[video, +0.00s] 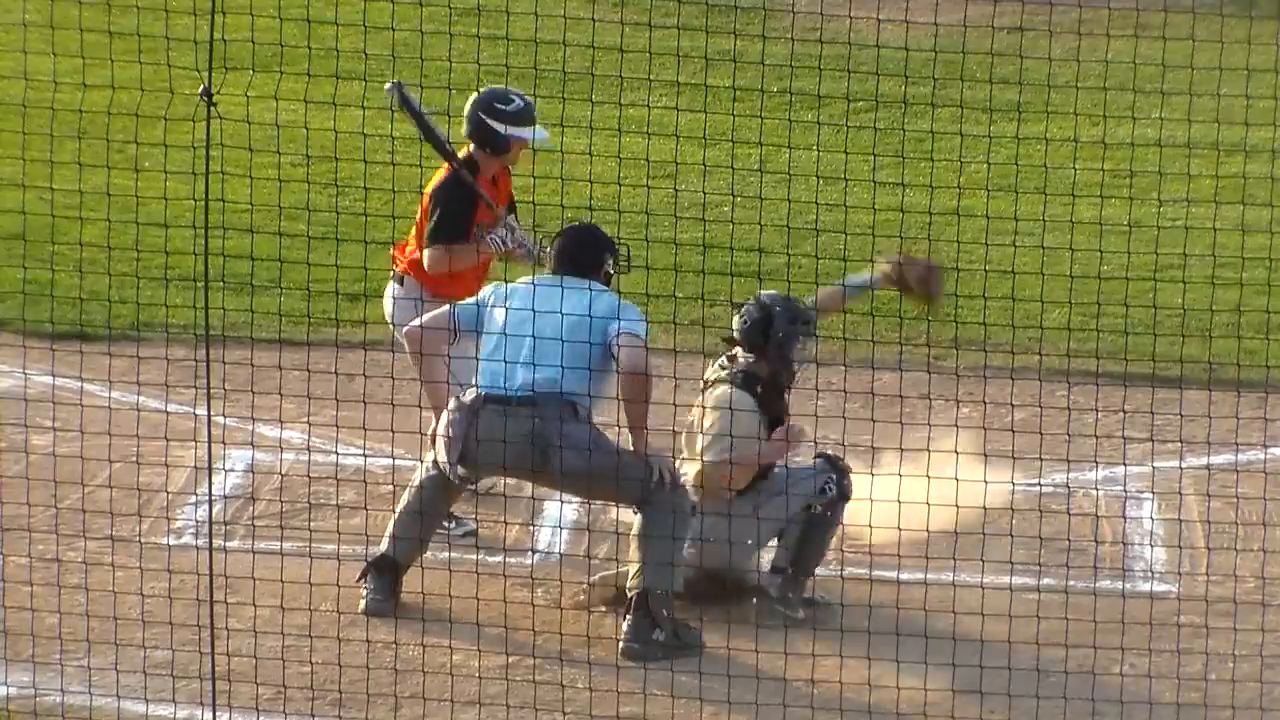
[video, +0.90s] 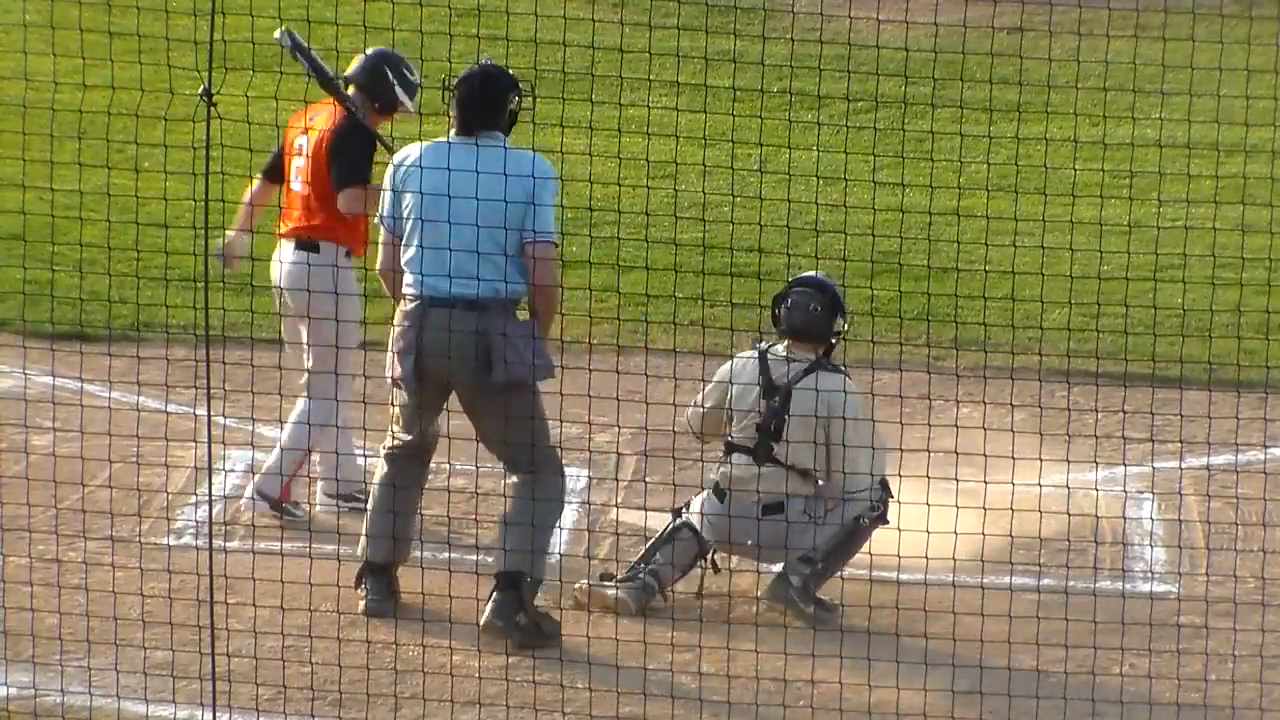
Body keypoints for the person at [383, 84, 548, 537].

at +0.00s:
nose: (525, 145)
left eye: (525, 136)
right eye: (519, 137)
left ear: (491, 139)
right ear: (498, 140)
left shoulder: (499, 175)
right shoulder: (453, 186)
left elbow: (499, 223)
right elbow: (435, 260)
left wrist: (515, 241)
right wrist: (490, 245)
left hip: (459, 296)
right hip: (417, 297)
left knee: (471, 396)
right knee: (450, 404)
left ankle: (443, 494)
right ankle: (432, 507)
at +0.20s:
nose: (501, 119)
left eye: (501, 111)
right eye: (494, 112)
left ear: (466, 113)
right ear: (473, 115)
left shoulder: (474, 150)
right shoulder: (435, 162)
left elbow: (472, 201)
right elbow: (423, 237)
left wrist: (503, 212)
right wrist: (476, 217)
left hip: (444, 278)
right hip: (409, 282)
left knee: (458, 375)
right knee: (445, 389)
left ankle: (390, 455)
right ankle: (432, 505)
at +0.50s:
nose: (453, 101)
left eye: (453, 91)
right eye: (449, 92)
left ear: (408, 89)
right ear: (429, 95)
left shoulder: (404, 132)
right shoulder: (394, 140)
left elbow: (402, 195)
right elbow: (386, 215)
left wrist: (444, 183)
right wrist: (440, 197)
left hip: (380, 269)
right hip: (375, 273)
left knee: (395, 378)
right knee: (412, 380)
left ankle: (349, 483)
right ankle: (428, 505)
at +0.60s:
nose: (435, 103)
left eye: (436, 94)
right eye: (432, 93)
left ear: (394, 85)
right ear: (414, 92)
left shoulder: (377, 123)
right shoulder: (379, 135)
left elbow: (390, 189)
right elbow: (373, 209)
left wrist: (419, 172)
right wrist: (425, 197)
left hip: (356, 260)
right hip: (361, 264)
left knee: (374, 377)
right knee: (394, 378)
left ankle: (345, 485)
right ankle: (405, 498)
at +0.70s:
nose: (419, 107)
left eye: (423, 97)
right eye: (418, 96)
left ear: (381, 81)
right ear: (400, 88)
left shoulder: (348, 118)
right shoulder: (367, 126)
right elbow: (360, 200)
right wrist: (413, 196)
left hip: (325, 258)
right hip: (347, 262)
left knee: (351, 377)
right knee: (382, 378)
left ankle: (339, 481)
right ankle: (349, 482)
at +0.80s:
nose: (402, 111)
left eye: (406, 102)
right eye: (402, 100)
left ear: (367, 83)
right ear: (387, 91)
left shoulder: (330, 116)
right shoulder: (358, 127)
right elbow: (353, 198)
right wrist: (408, 196)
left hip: (308, 257)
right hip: (340, 263)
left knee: (342, 379)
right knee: (368, 387)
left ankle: (348, 484)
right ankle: (305, 469)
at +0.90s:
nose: (389, 118)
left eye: (393, 109)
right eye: (390, 108)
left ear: (354, 88)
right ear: (376, 98)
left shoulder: (305, 117)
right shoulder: (353, 129)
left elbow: (267, 181)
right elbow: (350, 200)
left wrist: (239, 230)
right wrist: (395, 193)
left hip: (289, 261)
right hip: (327, 266)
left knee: (327, 376)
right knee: (331, 385)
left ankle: (345, 484)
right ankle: (270, 489)